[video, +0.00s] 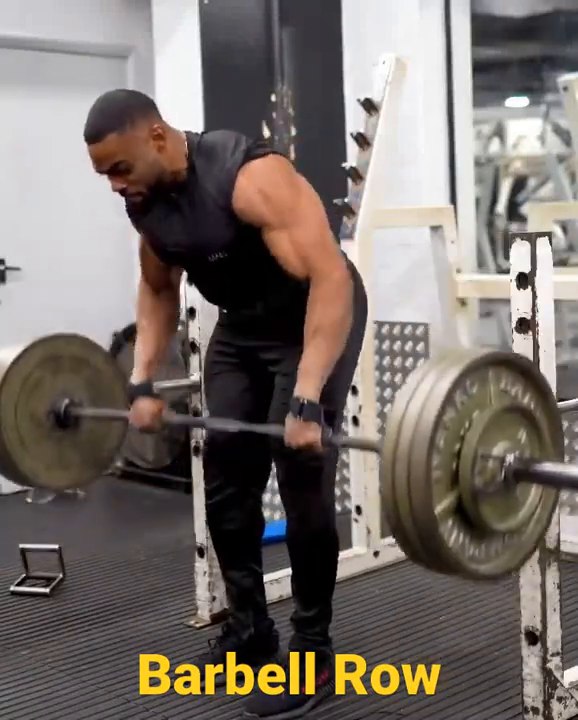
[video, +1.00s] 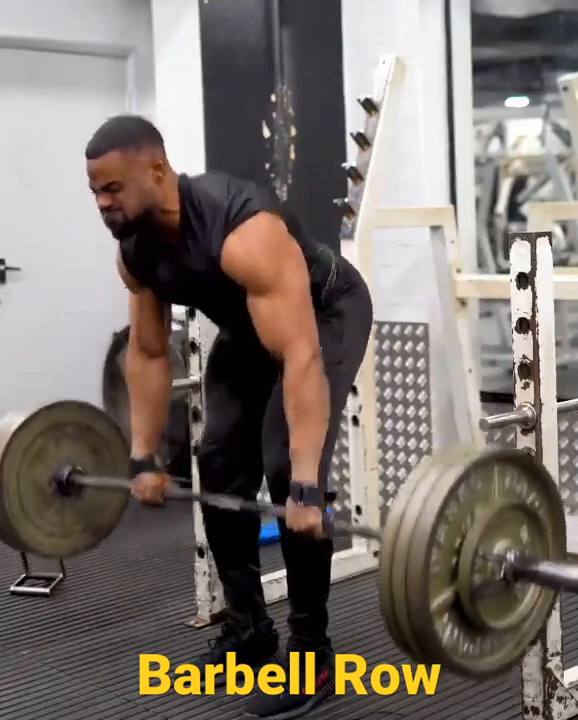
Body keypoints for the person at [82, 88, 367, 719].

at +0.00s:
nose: (115, 186)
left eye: (119, 168)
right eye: (106, 175)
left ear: (160, 137)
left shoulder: (253, 176)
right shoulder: (147, 201)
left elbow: (332, 277)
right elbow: (158, 288)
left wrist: (307, 398)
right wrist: (142, 380)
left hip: (315, 321)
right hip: (241, 332)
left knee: (302, 475)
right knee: (226, 481)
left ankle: (311, 646)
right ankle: (248, 627)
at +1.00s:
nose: (103, 205)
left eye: (112, 188)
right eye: (96, 192)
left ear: (158, 169)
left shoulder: (246, 232)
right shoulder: (138, 253)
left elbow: (302, 356)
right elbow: (147, 352)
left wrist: (306, 485)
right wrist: (145, 455)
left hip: (325, 311)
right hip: (246, 323)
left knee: (290, 472)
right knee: (220, 467)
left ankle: (309, 649)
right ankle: (247, 628)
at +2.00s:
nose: (122, 181)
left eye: (127, 164)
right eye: (114, 170)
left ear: (169, 133)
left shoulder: (262, 177)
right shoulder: (153, 198)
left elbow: (337, 278)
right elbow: (161, 287)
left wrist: (317, 397)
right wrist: (149, 377)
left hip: (313, 327)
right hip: (242, 335)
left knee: (302, 480)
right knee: (227, 485)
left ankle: (311, 648)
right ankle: (248, 629)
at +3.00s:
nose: (105, 210)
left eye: (113, 194)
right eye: (98, 198)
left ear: (159, 171)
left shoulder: (252, 232)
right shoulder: (140, 250)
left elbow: (305, 356)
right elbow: (149, 354)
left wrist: (308, 485)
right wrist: (147, 459)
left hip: (330, 309)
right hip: (249, 322)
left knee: (300, 476)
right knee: (221, 468)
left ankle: (310, 649)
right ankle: (247, 627)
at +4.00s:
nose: (120, 185)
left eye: (125, 168)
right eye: (111, 174)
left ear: (166, 137)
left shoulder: (261, 179)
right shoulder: (152, 203)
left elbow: (335, 283)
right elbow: (160, 292)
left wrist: (316, 402)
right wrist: (149, 386)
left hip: (318, 324)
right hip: (245, 333)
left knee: (307, 478)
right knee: (230, 483)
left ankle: (312, 646)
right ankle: (248, 626)